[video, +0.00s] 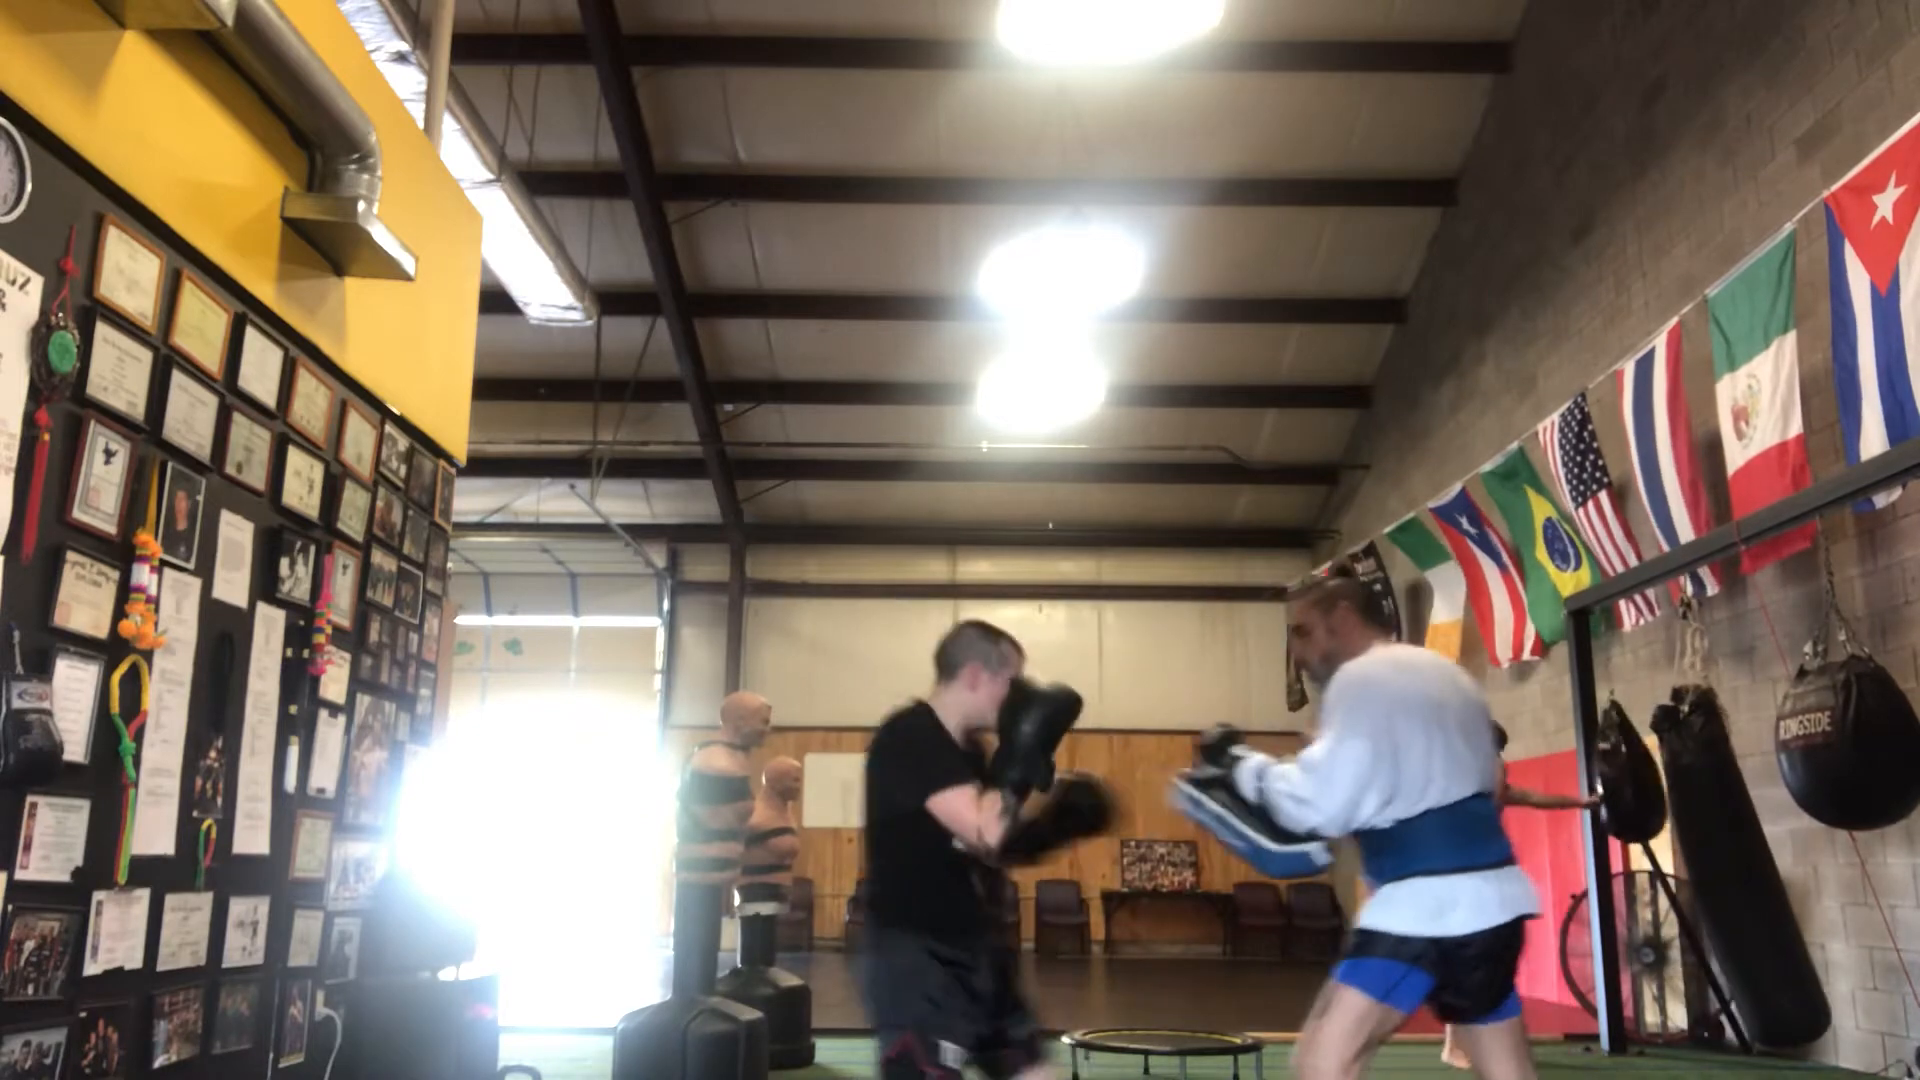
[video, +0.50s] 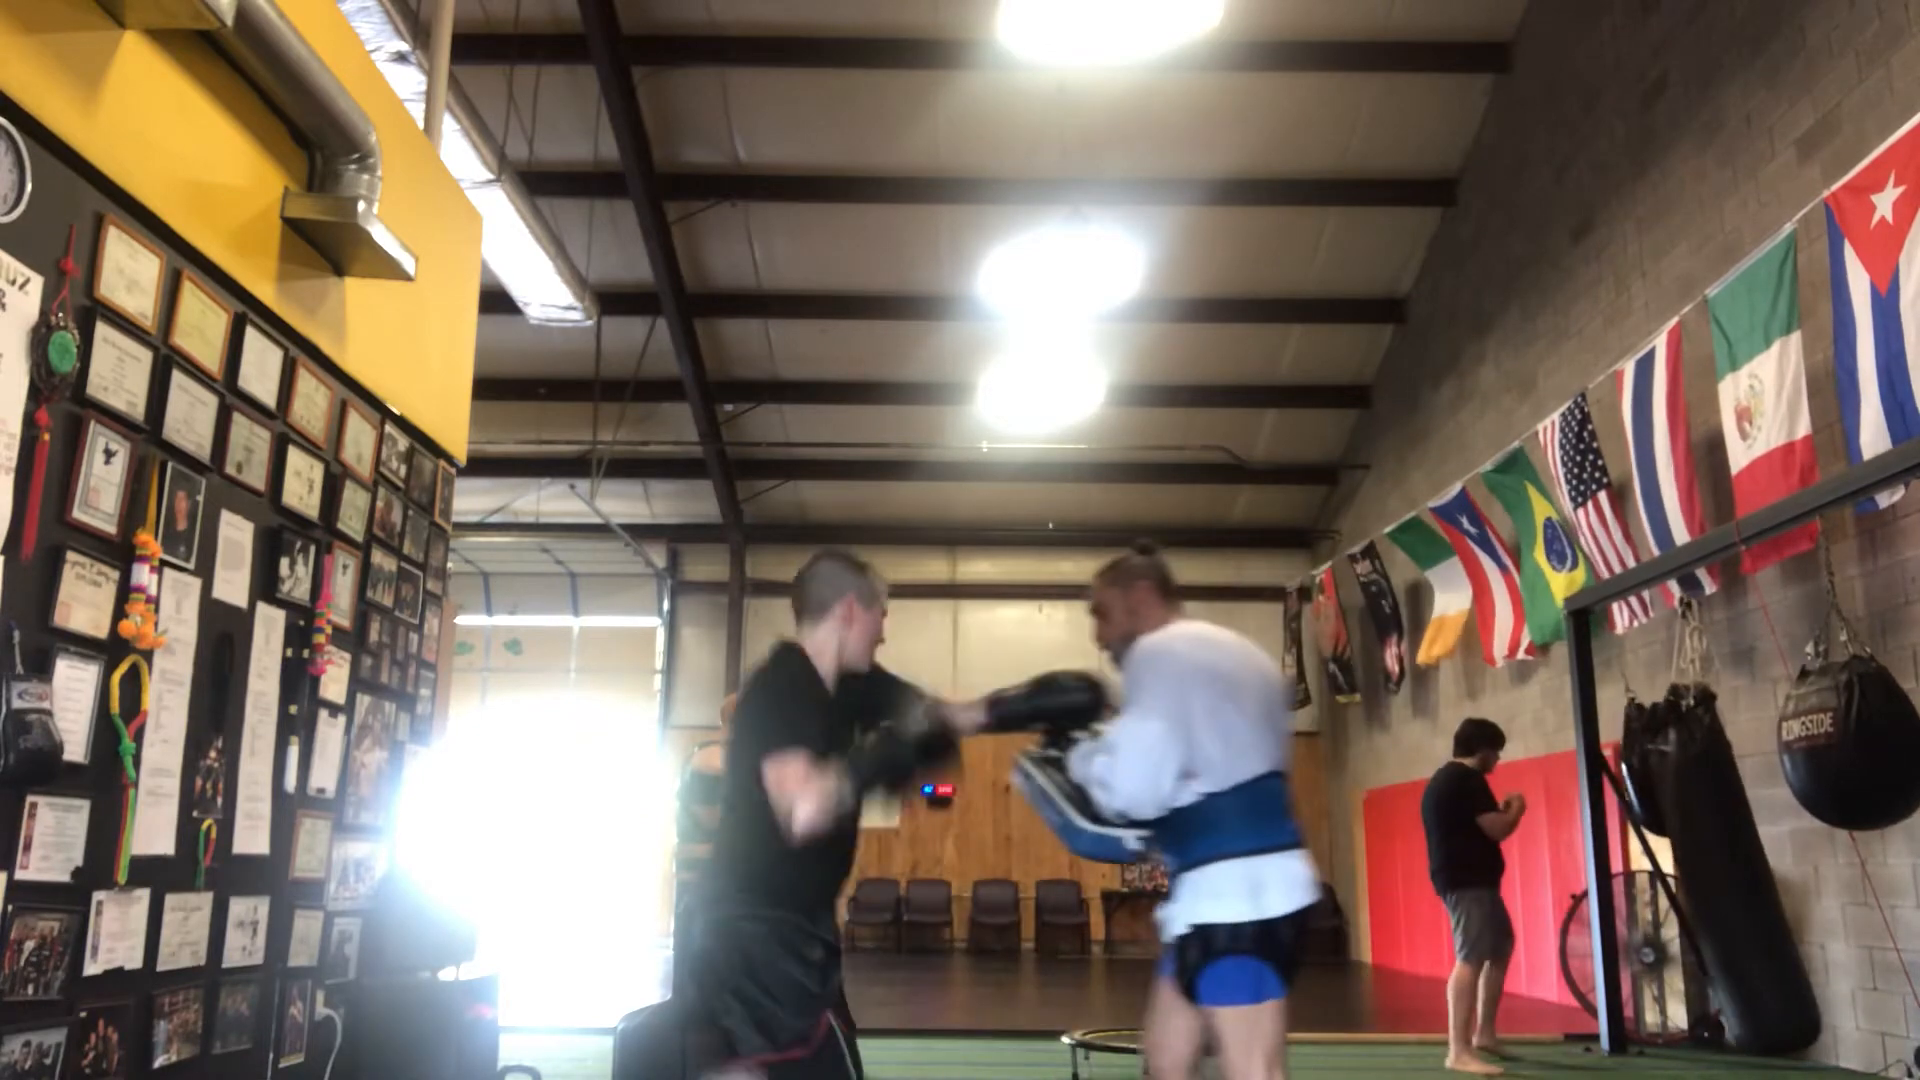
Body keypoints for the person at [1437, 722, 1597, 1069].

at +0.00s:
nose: (1501, 761)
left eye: (1501, 751)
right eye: (1495, 751)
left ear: (1498, 753)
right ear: (1476, 755)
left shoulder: (1492, 788)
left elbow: (1535, 799)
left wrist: (1582, 801)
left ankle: (1459, 1044)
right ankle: (1454, 1044)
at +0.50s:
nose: (1497, 761)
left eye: (1498, 754)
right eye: (1495, 753)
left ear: (1462, 747)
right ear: (1481, 750)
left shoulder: (1444, 780)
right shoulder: (1465, 780)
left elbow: (1481, 829)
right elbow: (1496, 829)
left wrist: (1506, 812)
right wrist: (1514, 810)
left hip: (1472, 882)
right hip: (1467, 883)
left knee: (1501, 946)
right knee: (1471, 958)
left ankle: (1484, 1035)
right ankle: (1458, 1052)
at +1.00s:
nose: (1492, 764)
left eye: (1493, 759)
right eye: (1492, 759)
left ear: (1455, 751)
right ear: (1483, 755)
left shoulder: (1427, 777)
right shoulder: (1489, 776)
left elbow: (1431, 825)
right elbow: (1519, 813)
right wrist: (1556, 831)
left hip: (1433, 879)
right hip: (1470, 877)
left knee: (1459, 957)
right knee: (1477, 958)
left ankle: (1456, 1040)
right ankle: (1452, 1049)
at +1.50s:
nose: (1489, 762)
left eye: (1491, 756)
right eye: (1488, 754)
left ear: (1465, 745)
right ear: (1474, 748)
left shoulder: (1463, 777)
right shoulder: (1442, 770)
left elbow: (1490, 808)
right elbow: (1473, 810)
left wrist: (1531, 805)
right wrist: (1496, 791)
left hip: (1467, 881)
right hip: (1444, 883)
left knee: (1471, 961)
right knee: (1460, 963)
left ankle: (1460, 1040)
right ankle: (1446, 1054)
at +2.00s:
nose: (1492, 762)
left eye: (1493, 754)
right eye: (1490, 753)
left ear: (1458, 747)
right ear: (1475, 749)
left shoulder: (1435, 777)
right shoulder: (1463, 777)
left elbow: (1473, 826)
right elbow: (1489, 829)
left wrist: (1497, 808)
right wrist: (1507, 808)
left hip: (1464, 883)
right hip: (1455, 884)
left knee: (1483, 958)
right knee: (1451, 963)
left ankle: (1489, 1044)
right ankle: (1444, 1056)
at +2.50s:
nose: (1504, 763)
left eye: (1505, 757)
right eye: (1503, 756)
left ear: (1471, 747)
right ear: (1490, 751)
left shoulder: (1453, 775)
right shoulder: (1480, 772)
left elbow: (1491, 815)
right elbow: (1513, 816)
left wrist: (1516, 798)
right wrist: (1530, 799)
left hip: (1458, 880)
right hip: (1480, 879)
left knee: (1484, 960)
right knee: (1502, 953)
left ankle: (1483, 1042)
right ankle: (1482, 1045)